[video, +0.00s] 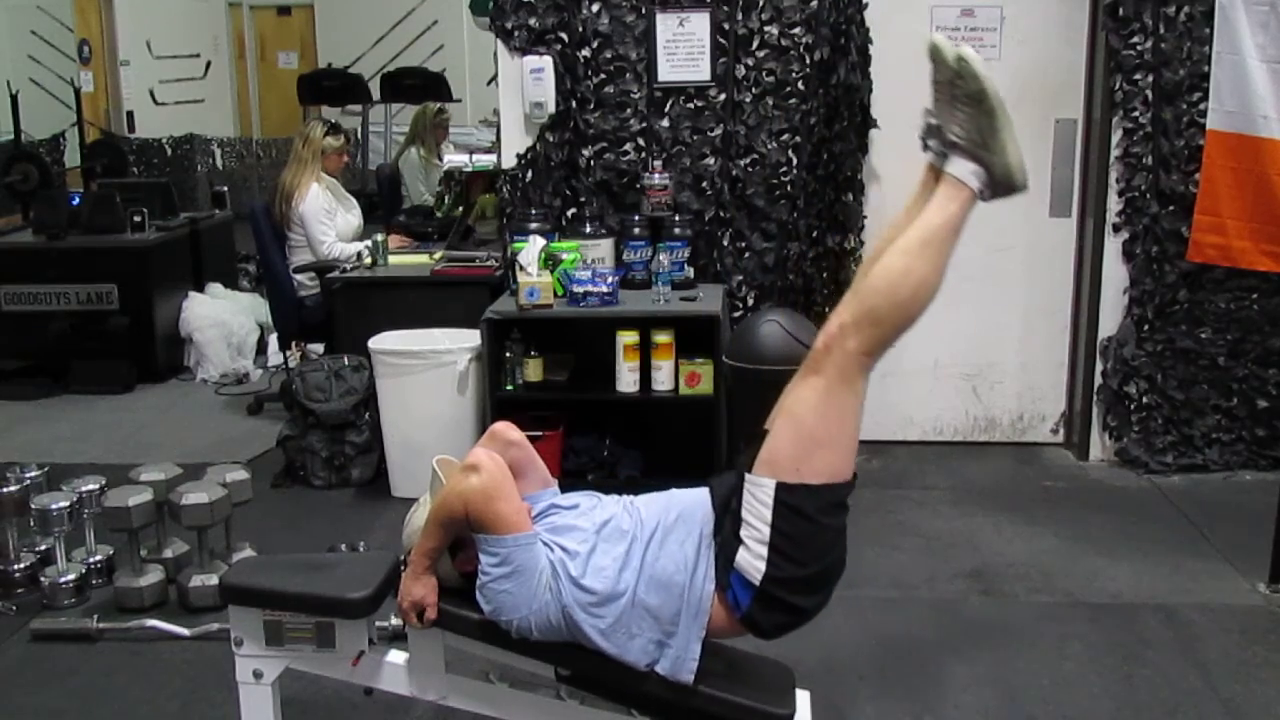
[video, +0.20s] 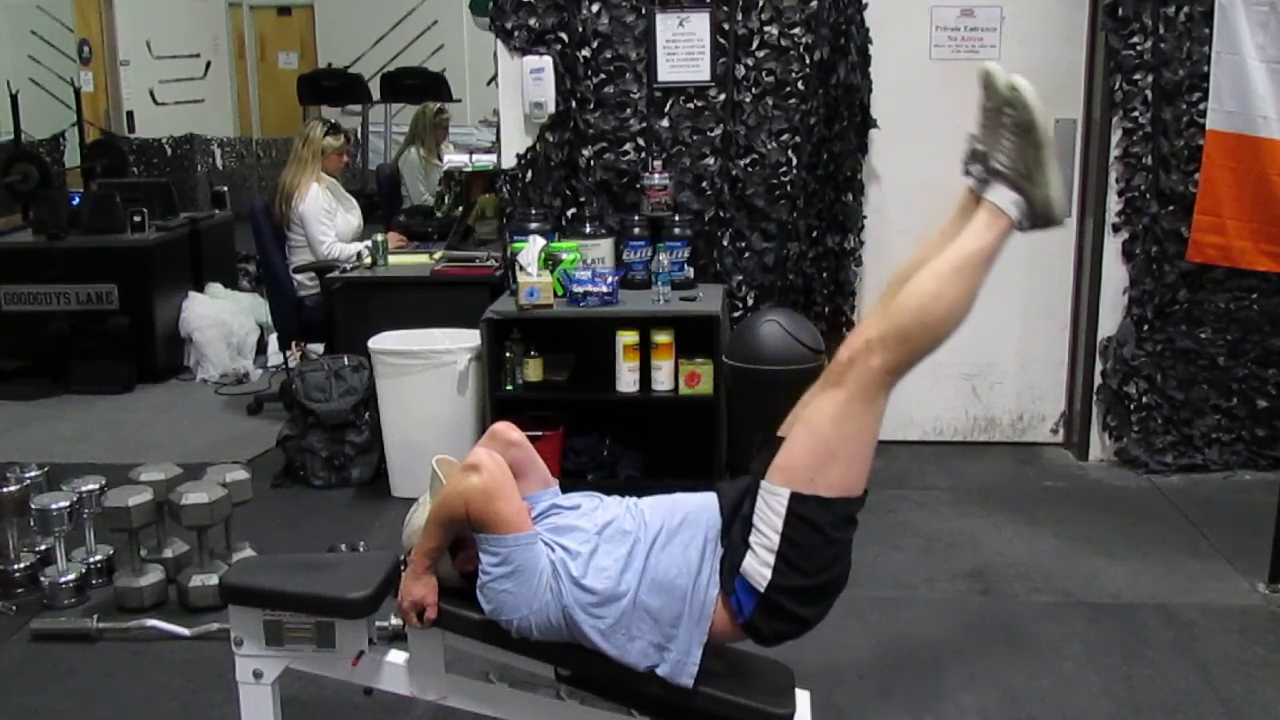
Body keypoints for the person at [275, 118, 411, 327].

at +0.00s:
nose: (346, 159)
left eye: (346, 153)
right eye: (340, 154)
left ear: (324, 155)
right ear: (320, 154)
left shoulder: (324, 186)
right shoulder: (312, 192)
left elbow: (335, 244)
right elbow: (326, 251)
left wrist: (378, 242)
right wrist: (378, 245)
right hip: (319, 292)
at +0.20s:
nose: (346, 160)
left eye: (346, 153)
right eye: (340, 154)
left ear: (323, 155)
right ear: (320, 155)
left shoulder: (323, 186)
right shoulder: (312, 192)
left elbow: (332, 245)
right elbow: (326, 251)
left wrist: (377, 243)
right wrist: (378, 245)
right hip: (318, 292)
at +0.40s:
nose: (346, 159)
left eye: (346, 153)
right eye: (340, 154)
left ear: (323, 155)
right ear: (320, 154)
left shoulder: (323, 186)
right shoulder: (312, 192)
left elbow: (334, 245)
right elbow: (326, 251)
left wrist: (377, 243)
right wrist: (378, 245)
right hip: (318, 293)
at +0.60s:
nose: (346, 160)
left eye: (346, 154)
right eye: (340, 154)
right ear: (320, 155)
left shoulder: (323, 185)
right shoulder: (312, 192)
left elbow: (335, 244)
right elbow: (327, 252)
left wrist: (377, 243)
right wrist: (378, 245)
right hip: (318, 291)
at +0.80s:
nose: (346, 159)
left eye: (346, 153)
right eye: (340, 154)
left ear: (322, 155)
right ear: (320, 154)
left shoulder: (324, 185)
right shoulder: (312, 192)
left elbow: (334, 245)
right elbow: (326, 251)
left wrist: (377, 242)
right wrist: (378, 245)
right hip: (318, 292)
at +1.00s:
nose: (345, 160)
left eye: (346, 153)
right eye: (340, 154)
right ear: (320, 154)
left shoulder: (324, 186)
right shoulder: (312, 192)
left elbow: (334, 244)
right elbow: (326, 251)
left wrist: (377, 243)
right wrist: (378, 245)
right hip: (318, 294)